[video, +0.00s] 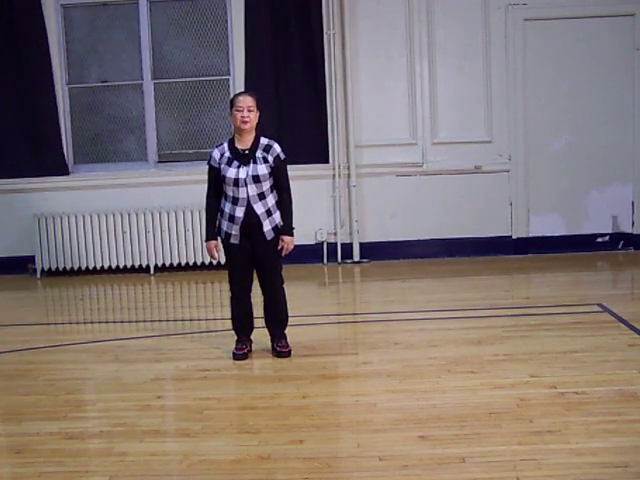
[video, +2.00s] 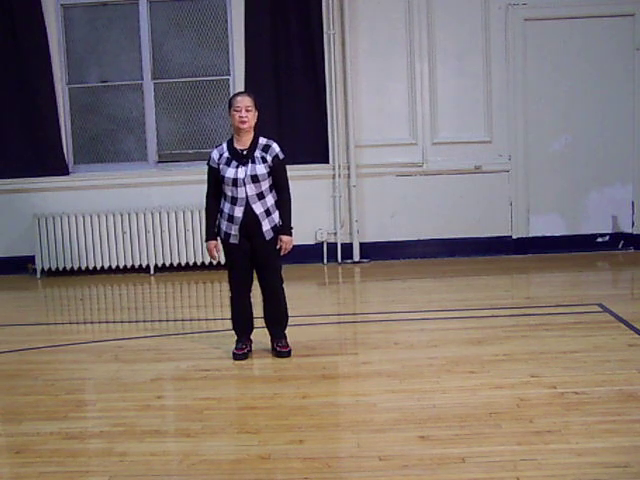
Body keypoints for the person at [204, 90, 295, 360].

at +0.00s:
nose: (244, 115)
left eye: (249, 110)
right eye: (239, 110)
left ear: (258, 115)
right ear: (231, 115)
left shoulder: (271, 150)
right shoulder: (219, 154)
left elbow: (284, 192)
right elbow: (213, 197)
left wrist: (287, 230)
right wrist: (211, 234)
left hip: (267, 230)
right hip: (234, 232)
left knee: (273, 285)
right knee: (239, 288)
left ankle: (279, 335)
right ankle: (243, 338)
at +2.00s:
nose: (243, 114)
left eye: (248, 110)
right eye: (237, 110)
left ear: (256, 114)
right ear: (230, 115)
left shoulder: (270, 149)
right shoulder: (219, 155)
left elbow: (283, 192)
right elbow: (212, 197)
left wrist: (286, 230)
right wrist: (211, 234)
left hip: (267, 230)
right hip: (233, 233)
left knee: (272, 285)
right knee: (239, 288)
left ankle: (278, 336)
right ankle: (243, 338)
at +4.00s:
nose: (242, 114)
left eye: (247, 109)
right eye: (236, 109)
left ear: (255, 114)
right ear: (228, 115)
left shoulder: (269, 149)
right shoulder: (217, 154)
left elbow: (283, 191)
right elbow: (211, 197)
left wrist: (285, 229)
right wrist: (210, 234)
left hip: (266, 230)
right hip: (233, 232)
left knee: (273, 286)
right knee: (239, 289)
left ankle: (279, 336)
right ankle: (243, 338)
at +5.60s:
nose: (247, 116)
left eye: (252, 111)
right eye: (241, 111)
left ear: (258, 115)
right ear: (232, 116)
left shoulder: (272, 150)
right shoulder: (220, 155)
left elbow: (285, 192)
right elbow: (213, 198)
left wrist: (288, 230)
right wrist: (211, 235)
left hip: (268, 231)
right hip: (235, 233)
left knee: (274, 286)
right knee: (240, 289)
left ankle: (279, 336)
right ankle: (243, 338)